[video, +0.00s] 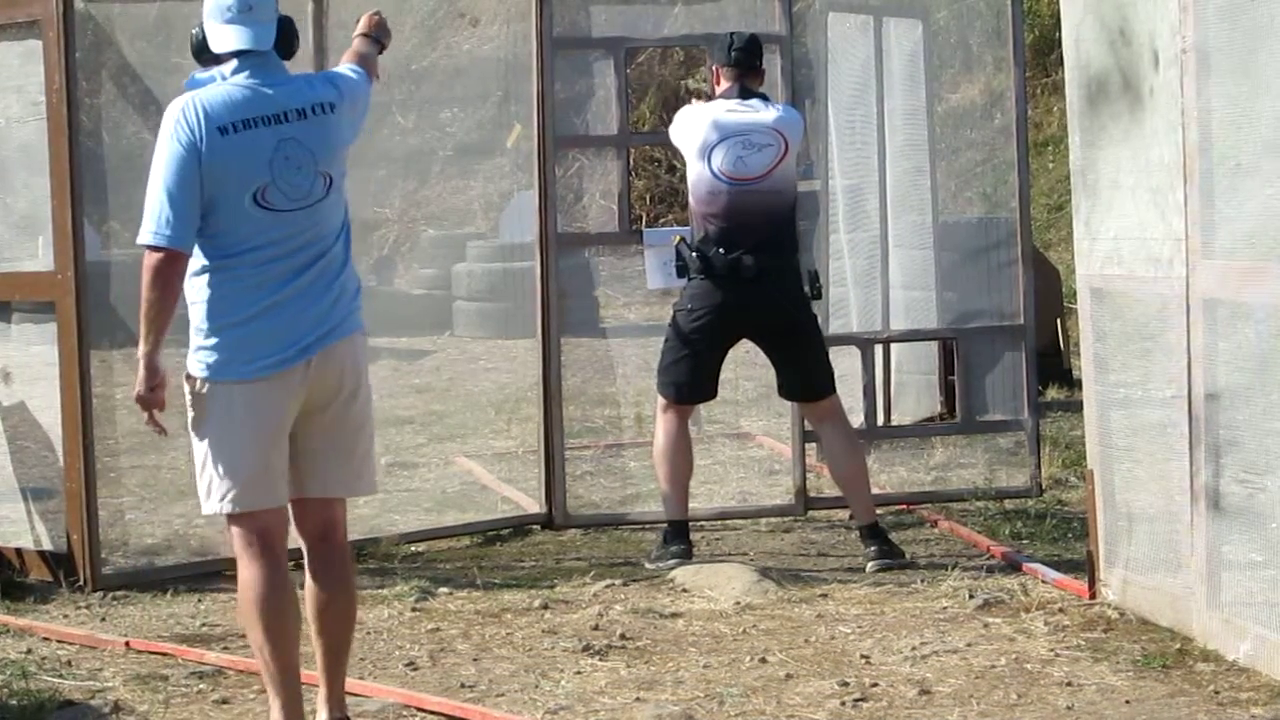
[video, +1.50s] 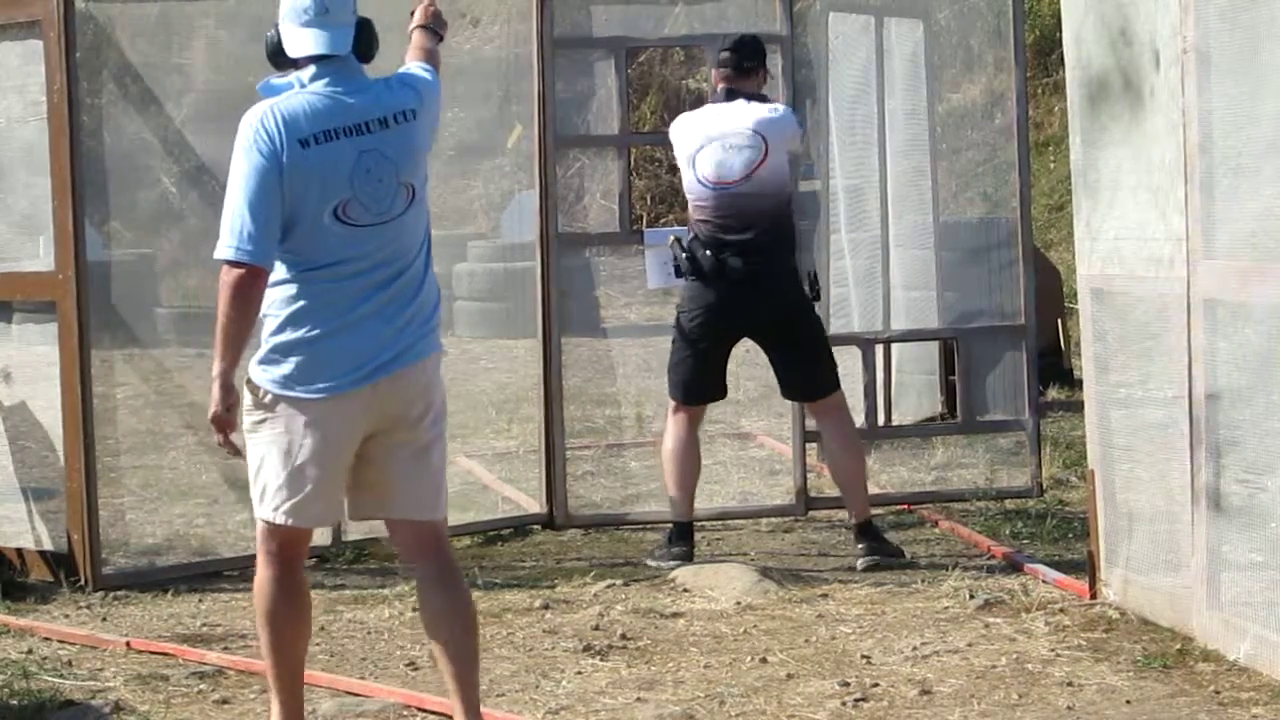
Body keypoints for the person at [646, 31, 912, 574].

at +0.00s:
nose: (713, 82)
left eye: (712, 75)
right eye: (725, 75)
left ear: (717, 77)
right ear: (762, 76)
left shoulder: (691, 121)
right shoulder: (791, 121)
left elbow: (693, 126)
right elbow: (762, 127)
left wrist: (719, 99)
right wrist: (736, 96)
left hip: (711, 296)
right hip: (781, 295)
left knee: (673, 409)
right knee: (828, 414)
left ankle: (675, 539)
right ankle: (874, 536)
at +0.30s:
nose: (712, 81)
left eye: (711, 75)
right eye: (723, 74)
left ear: (716, 77)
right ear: (761, 76)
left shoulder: (690, 120)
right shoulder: (790, 120)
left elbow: (693, 127)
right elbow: (763, 126)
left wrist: (720, 98)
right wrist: (737, 95)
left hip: (710, 295)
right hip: (781, 294)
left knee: (672, 408)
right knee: (828, 414)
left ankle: (675, 539)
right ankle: (874, 536)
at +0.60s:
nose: (714, 82)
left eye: (713, 75)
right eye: (730, 74)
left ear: (718, 77)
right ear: (762, 76)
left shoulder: (691, 121)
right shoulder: (792, 122)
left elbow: (696, 125)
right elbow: (760, 124)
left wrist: (717, 100)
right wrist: (734, 97)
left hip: (711, 296)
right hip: (781, 295)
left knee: (673, 408)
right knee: (828, 414)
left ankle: (675, 538)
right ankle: (874, 536)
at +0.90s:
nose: (711, 81)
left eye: (710, 74)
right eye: (724, 74)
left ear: (716, 77)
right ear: (761, 76)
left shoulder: (689, 121)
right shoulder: (791, 121)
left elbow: (701, 133)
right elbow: (759, 128)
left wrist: (718, 99)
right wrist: (733, 97)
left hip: (711, 295)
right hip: (781, 294)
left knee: (673, 408)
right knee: (828, 414)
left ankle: (675, 538)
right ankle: (874, 536)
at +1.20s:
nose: (713, 83)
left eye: (711, 76)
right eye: (727, 75)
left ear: (715, 77)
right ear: (760, 78)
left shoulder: (689, 123)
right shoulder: (791, 122)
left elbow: (701, 128)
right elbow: (760, 128)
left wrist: (716, 97)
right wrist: (737, 95)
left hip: (712, 296)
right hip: (781, 294)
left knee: (673, 408)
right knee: (828, 415)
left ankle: (676, 538)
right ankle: (875, 536)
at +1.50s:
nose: (761, 85)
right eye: (762, 77)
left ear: (713, 79)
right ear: (761, 78)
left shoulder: (682, 128)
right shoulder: (781, 119)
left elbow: (709, 168)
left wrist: (727, 101)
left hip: (708, 296)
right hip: (777, 292)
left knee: (683, 414)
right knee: (830, 412)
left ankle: (679, 539)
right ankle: (867, 534)